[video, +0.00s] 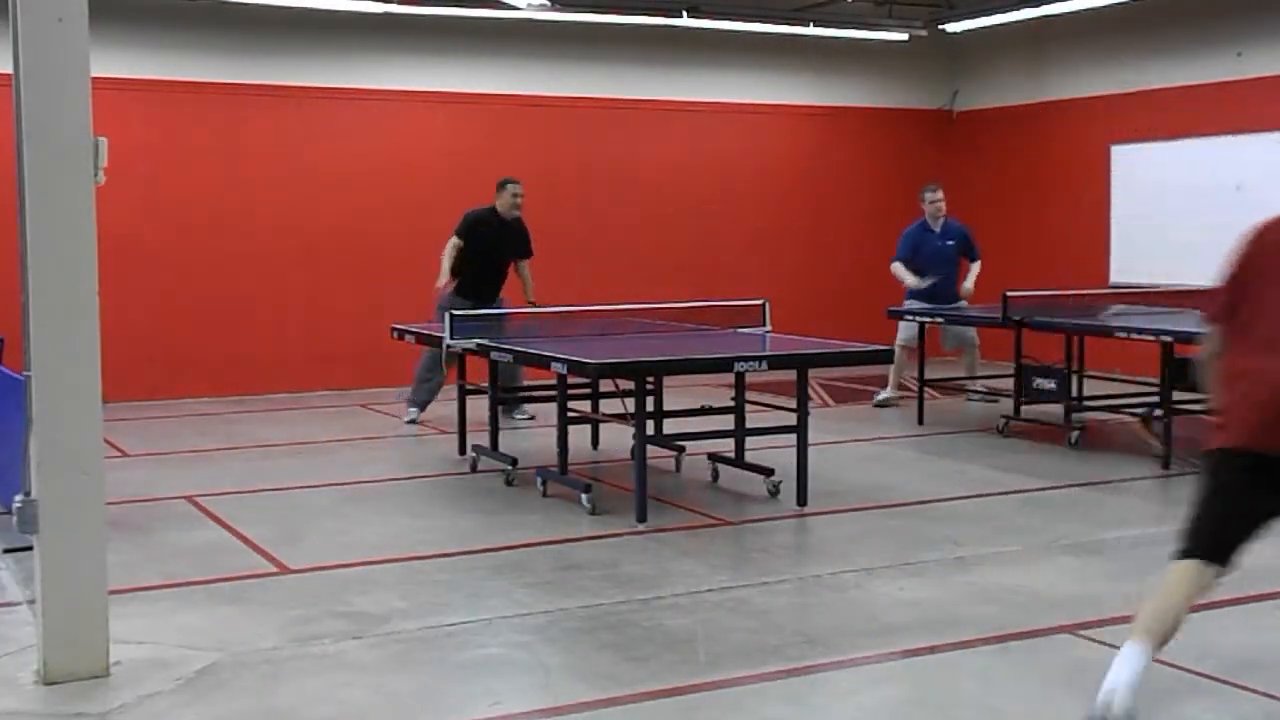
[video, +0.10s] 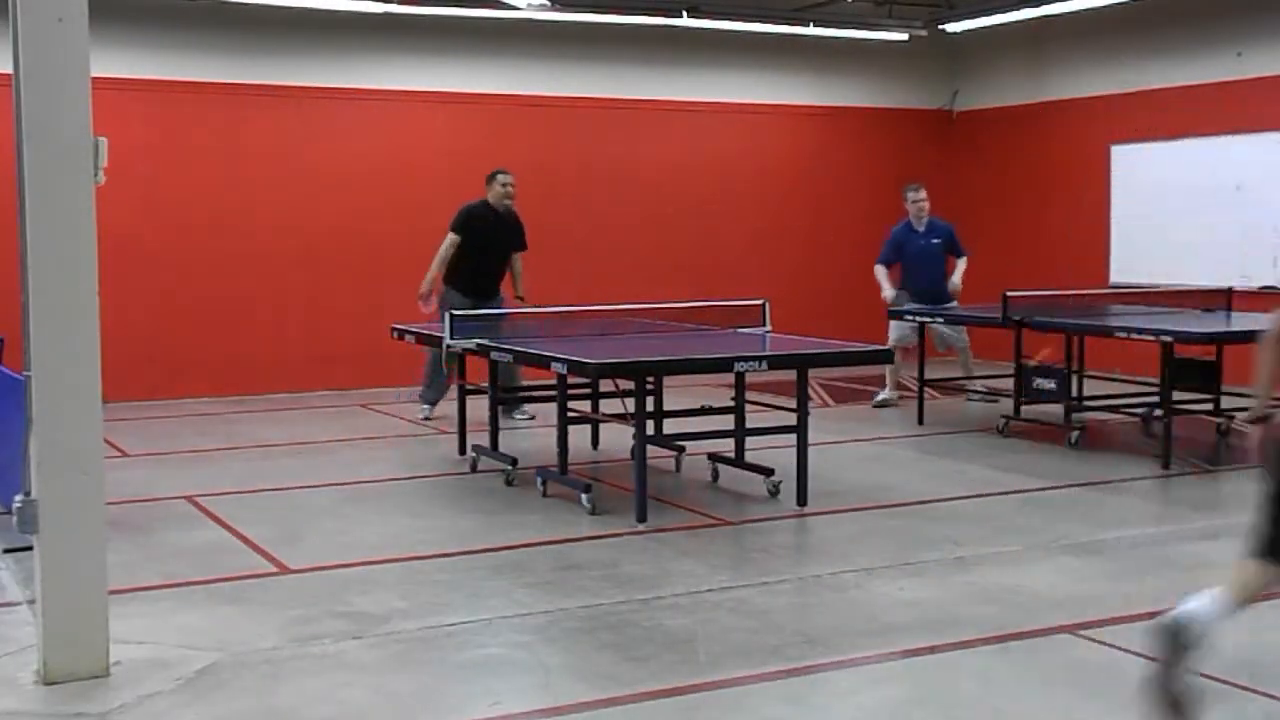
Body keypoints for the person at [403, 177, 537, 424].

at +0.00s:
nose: (520, 201)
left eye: (522, 197)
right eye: (515, 196)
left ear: (521, 199)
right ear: (499, 196)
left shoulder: (518, 228)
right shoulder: (475, 219)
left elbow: (522, 264)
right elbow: (453, 245)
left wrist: (529, 295)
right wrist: (444, 275)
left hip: (490, 304)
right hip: (458, 300)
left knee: (506, 354)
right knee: (440, 350)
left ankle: (511, 405)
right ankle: (416, 403)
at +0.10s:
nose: (510, 190)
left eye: (512, 186)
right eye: (504, 185)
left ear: (515, 190)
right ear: (489, 188)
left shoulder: (512, 221)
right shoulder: (470, 213)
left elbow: (515, 258)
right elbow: (448, 247)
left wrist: (518, 290)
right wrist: (429, 282)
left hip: (490, 296)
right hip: (458, 294)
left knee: (503, 349)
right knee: (446, 345)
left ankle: (511, 404)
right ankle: (429, 399)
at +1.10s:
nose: (466, 180)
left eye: (470, 175)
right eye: (460, 175)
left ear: (474, 179)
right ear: (448, 179)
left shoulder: (482, 209)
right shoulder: (433, 211)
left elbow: (493, 246)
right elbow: (422, 251)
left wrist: (503, 280)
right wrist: (418, 291)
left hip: (479, 294)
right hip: (445, 294)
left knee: (487, 351)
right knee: (441, 352)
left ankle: (489, 406)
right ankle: (430, 412)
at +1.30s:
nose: (458, 180)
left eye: (461, 175)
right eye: (452, 175)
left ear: (466, 178)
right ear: (439, 178)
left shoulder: (474, 207)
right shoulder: (425, 209)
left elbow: (485, 243)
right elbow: (414, 248)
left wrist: (497, 277)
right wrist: (418, 284)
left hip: (470, 293)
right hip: (436, 294)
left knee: (481, 351)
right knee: (433, 354)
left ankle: (482, 408)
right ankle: (429, 412)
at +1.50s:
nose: (460, 183)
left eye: (463, 178)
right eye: (454, 178)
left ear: (467, 179)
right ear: (441, 179)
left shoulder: (475, 207)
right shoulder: (425, 210)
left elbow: (485, 243)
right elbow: (414, 249)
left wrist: (499, 276)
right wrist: (424, 286)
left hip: (469, 292)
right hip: (434, 294)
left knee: (483, 347)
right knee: (433, 352)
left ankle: (485, 403)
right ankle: (429, 412)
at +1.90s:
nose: (485, 211)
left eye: (489, 205)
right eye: (479, 205)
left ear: (493, 204)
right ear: (467, 204)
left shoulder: (499, 228)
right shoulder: (447, 226)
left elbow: (507, 261)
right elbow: (422, 256)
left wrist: (518, 294)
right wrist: (450, 282)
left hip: (480, 296)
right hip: (446, 296)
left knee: (488, 350)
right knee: (448, 349)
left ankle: (486, 408)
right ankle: (445, 408)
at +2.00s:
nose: (492, 222)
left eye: (495, 216)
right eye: (486, 216)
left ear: (499, 214)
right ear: (473, 214)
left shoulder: (501, 236)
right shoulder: (451, 234)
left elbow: (506, 270)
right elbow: (423, 262)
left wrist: (517, 302)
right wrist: (453, 290)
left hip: (480, 301)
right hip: (446, 302)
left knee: (490, 355)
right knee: (451, 357)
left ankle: (487, 407)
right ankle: (454, 413)